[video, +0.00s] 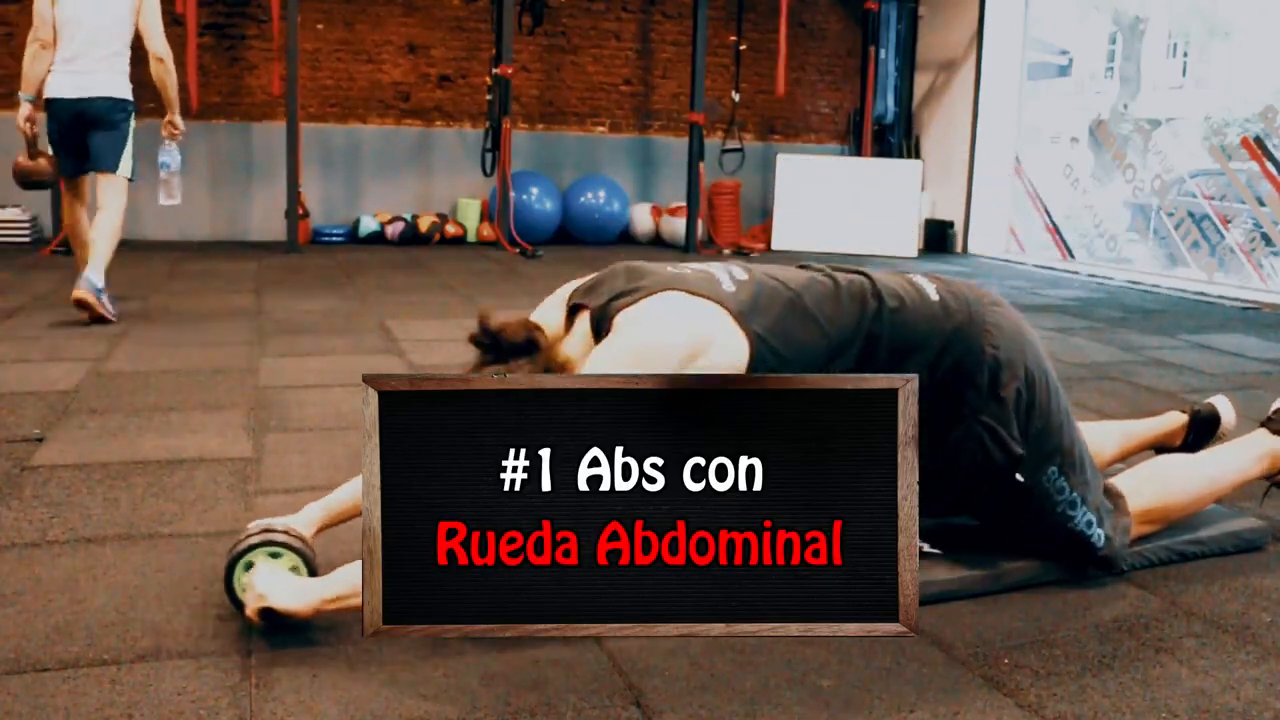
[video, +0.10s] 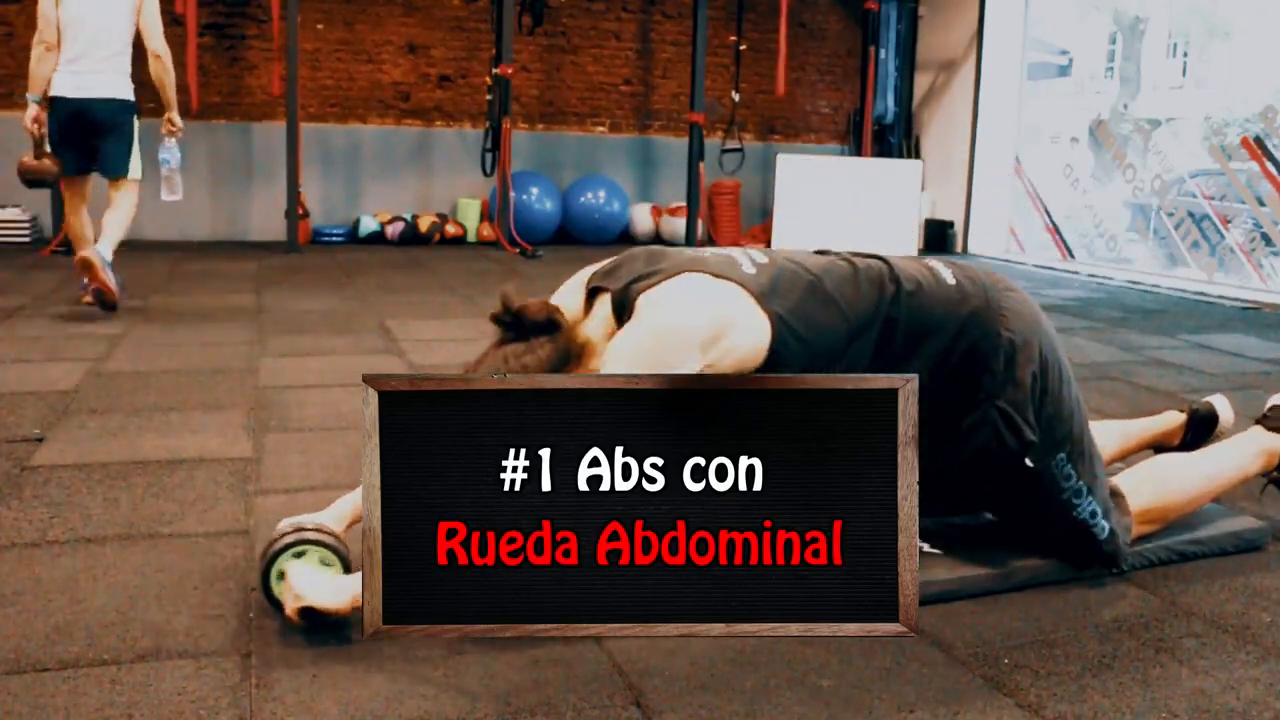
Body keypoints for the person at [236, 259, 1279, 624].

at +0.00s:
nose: (553, 405)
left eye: (545, 386)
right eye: (536, 375)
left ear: (552, 355)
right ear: (534, 345)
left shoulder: (671, 338)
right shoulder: (577, 323)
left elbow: (529, 487)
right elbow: (457, 428)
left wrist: (343, 594)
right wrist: (324, 510)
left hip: (964, 338)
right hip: (904, 343)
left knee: (1107, 541)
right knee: (1004, 512)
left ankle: (1264, 452)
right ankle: (1183, 422)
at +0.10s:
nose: (562, 400)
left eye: (551, 382)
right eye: (539, 380)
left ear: (564, 345)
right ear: (550, 330)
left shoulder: (667, 319)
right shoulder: (591, 306)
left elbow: (544, 458)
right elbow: (482, 422)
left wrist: (377, 555)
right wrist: (344, 514)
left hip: (978, 331)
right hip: (925, 331)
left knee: (1100, 537)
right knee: (978, 519)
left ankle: (1259, 450)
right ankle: (1174, 428)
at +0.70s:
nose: (718, 358)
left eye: (708, 341)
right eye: (695, 351)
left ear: (732, 281)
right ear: (717, 276)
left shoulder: (844, 225)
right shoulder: (737, 228)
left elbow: (775, 411)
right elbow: (656, 372)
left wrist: (695, 502)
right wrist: (616, 467)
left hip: (1081, 295)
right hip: (984, 326)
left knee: (1101, 526)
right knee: (990, 477)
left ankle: (1268, 449)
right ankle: (1169, 418)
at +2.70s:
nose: (564, 323)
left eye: (559, 296)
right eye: (543, 325)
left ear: (594, 241)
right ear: (545, 324)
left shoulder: (700, 274)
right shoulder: (616, 301)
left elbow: (605, 475)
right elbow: (521, 405)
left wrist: (441, 569)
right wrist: (417, 498)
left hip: (988, 324)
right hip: (911, 380)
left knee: (1102, 532)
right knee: (1016, 490)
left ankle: (1266, 456)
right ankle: (1180, 417)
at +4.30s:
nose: (527, 461)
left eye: (517, 455)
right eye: (499, 453)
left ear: (544, 388)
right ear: (511, 372)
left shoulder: (627, 350)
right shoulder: (541, 327)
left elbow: (494, 524)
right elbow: (433, 444)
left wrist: (318, 586)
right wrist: (305, 518)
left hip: (953, 355)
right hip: (890, 343)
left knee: (1091, 529)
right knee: (1010, 499)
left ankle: (1255, 455)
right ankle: (1174, 414)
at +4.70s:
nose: (608, 415)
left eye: (590, 404)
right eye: (591, 410)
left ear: (610, 344)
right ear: (601, 340)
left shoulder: (705, 292)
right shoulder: (615, 275)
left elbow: (601, 483)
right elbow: (509, 406)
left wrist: (437, 571)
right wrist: (407, 500)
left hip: (998, 313)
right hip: (921, 346)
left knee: (1094, 526)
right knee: (1002, 486)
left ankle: (1260, 456)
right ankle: (1172, 418)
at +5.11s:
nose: (721, 341)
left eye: (708, 328)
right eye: (700, 338)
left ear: (720, 269)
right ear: (705, 268)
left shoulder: (824, 222)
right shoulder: (709, 216)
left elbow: (759, 424)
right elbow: (640, 359)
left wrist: (622, 547)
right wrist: (570, 487)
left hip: (1069, 295)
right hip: (975, 331)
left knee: (1096, 529)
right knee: (989, 481)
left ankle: (1267, 456)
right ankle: (1168, 414)